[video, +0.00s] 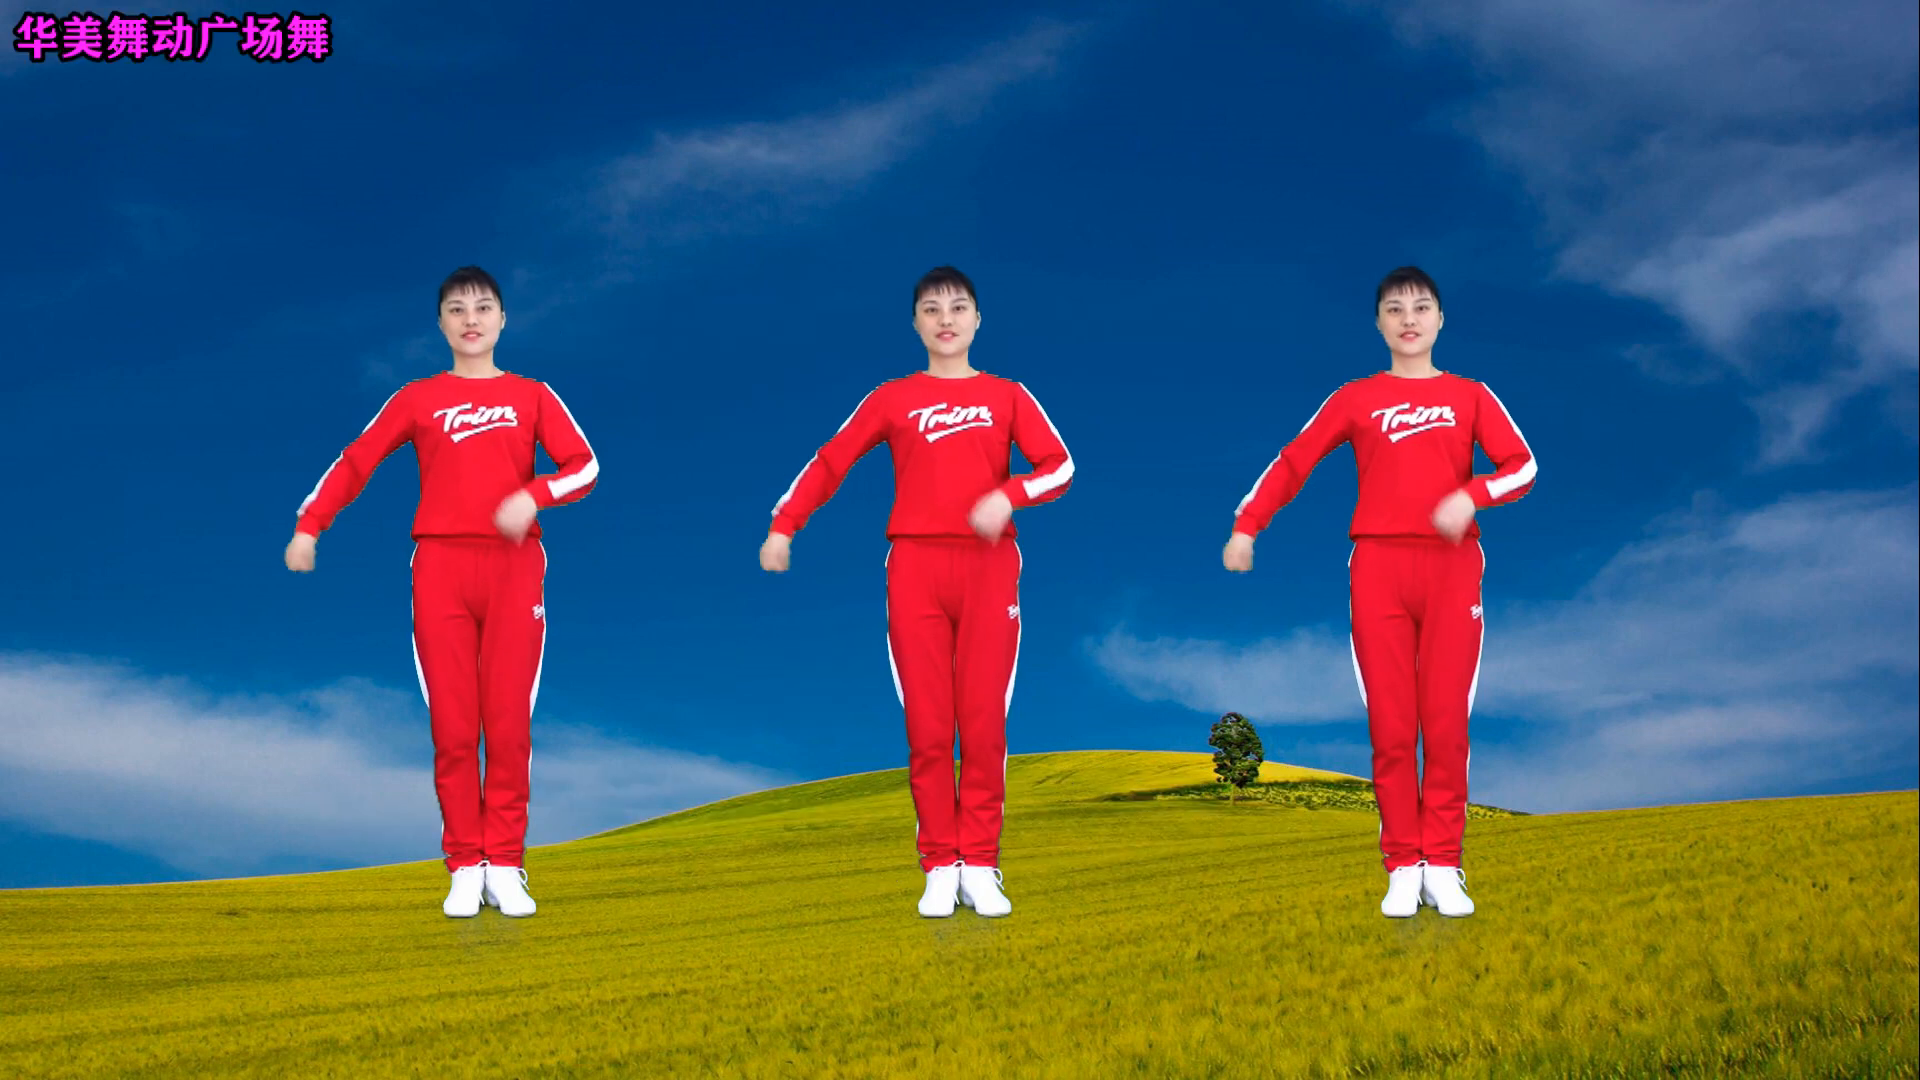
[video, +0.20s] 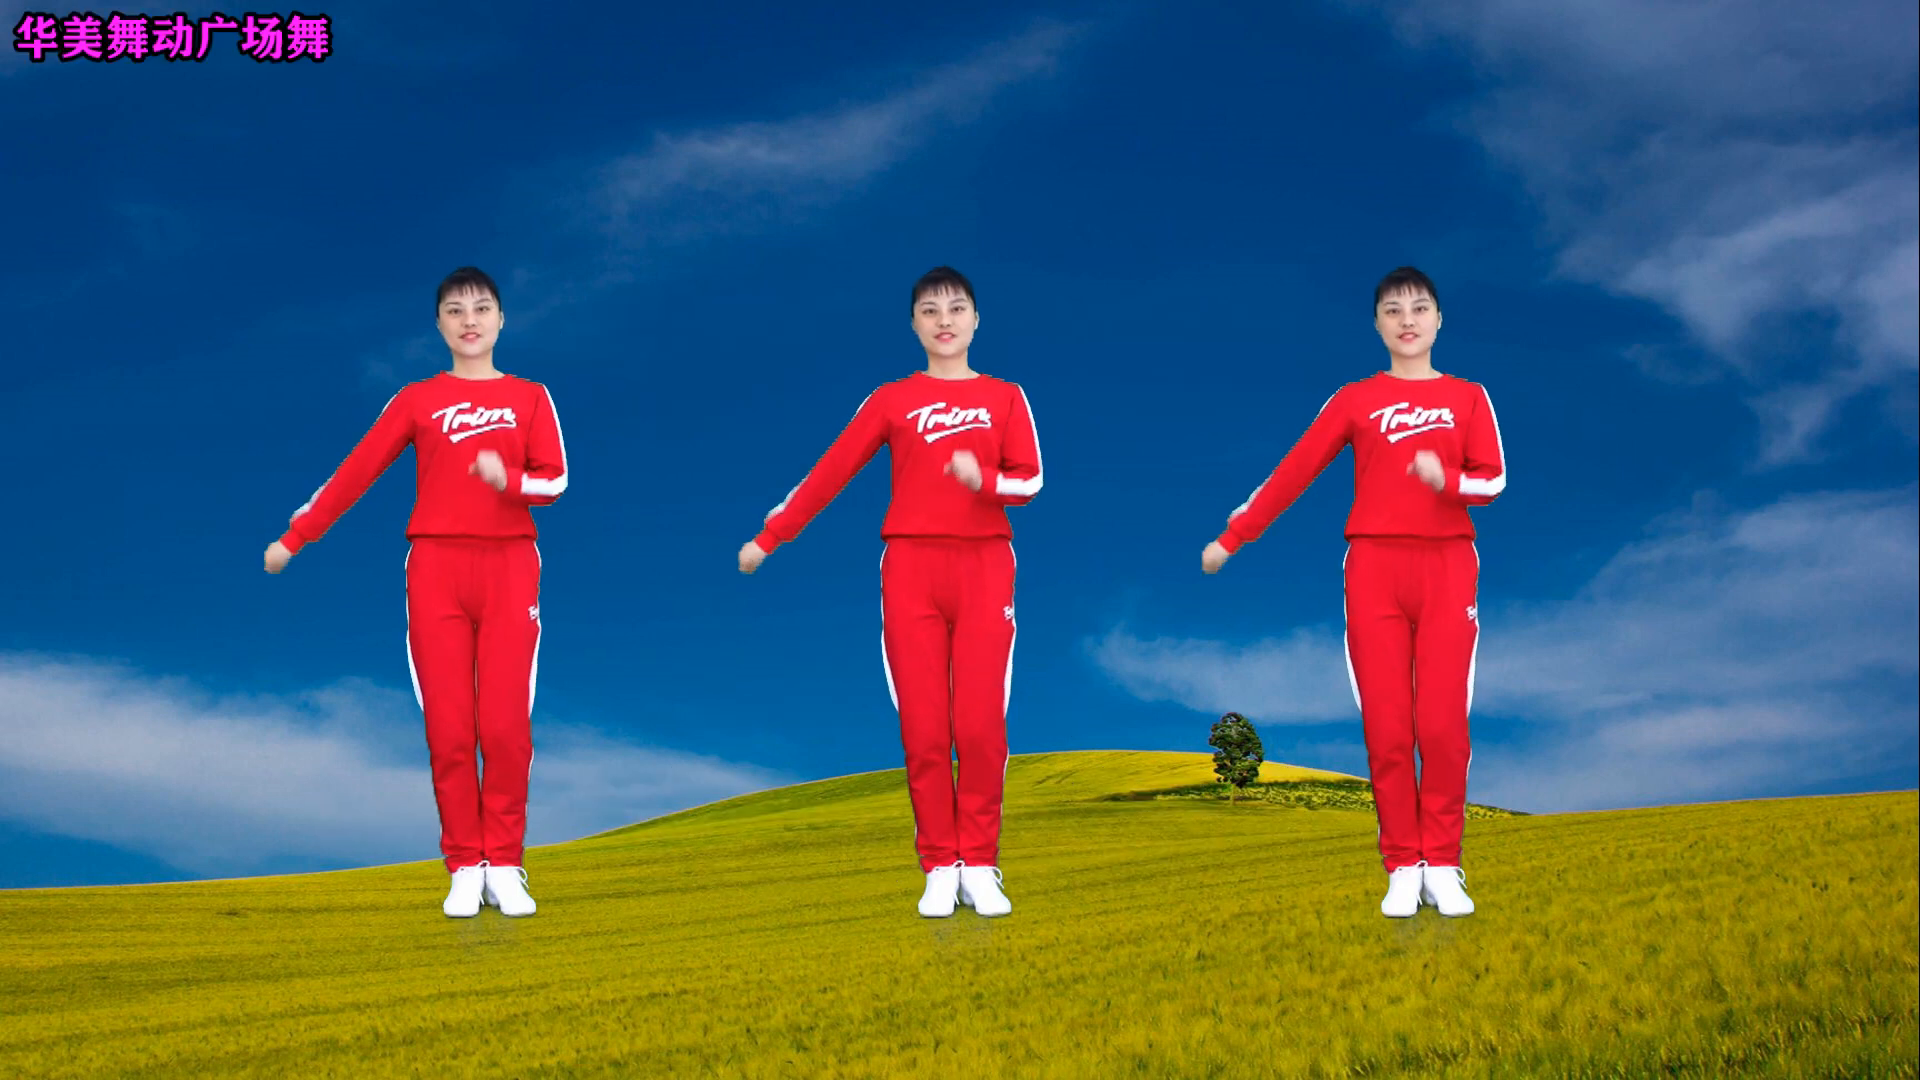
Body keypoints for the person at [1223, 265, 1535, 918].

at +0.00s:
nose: (1409, 319)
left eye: (1420, 308)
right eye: (1397, 310)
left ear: (1439, 318)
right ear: (1381, 323)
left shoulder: (1471, 396)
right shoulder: (1354, 399)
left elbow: (1523, 468)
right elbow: (1293, 462)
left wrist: (1471, 495)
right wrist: (1244, 527)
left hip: (1452, 573)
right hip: (1378, 571)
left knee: (1447, 722)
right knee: (1392, 726)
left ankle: (1443, 865)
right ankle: (1403, 866)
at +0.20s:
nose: (1407, 319)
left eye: (1419, 309)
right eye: (1394, 311)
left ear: (1438, 320)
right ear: (1379, 324)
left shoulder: (1468, 395)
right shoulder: (1354, 399)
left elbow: (1493, 480)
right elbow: (1293, 472)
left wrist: (1449, 479)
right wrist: (1229, 538)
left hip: (1449, 571)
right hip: (1375, 571)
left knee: (1443, 725)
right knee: (1387, 729)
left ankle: (1443, 865)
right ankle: (1403, 867)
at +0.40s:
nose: (1408, 329)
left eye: (1420, 319)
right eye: (1395, 320)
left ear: (1437, 331)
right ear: (1379, 333)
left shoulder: (1467, 409)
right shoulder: (1352, 411)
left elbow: (1480, 503)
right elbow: (1329, 498)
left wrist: (1485, 589)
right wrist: (1352, 565)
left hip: (1442, 581)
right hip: (1369, 583)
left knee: (1418, 714)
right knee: (1370, 731)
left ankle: (1436, 808)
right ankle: (1400, 863)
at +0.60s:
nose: (1411, 304)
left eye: (1423, 295)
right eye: (1399, 295)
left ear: (1441, 307)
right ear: (1381, 308)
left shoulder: (1469, 383)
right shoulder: (1351, 385)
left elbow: (1523, 454)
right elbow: (1299, 455)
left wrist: (1553, 535)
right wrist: (1360, 414)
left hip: (1448, 561)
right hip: (1372, 561)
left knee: (1434, 713)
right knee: (1385, 720)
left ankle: (1442, 850)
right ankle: (1401, 861)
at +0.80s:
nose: (1416, 312)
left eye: (1428, 302)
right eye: (1404, 302)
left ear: (1446, 314)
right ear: (1386, 314)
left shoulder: (1476, 388)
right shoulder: (1360, 394)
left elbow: (1535, 457)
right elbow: (1328, 483)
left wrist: (1588, 525)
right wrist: (1375, 451)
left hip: (1459, 568)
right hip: (1382, 569)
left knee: (1450, 730)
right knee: (1392, 730)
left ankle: (1447, 867)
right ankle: (1403, 863)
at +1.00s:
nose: (1421, 328)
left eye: (1433, 316)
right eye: (1408, 318)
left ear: (1451, 327)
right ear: (1391, 330)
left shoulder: (1482, 407)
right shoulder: (1366, 412)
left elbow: (1504, 500)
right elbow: (1359, 506)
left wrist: (1515, 586)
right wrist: (1360, 591)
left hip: (1473, 581)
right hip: (1400, 583)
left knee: (1469, 728)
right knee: (1421, 708)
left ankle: (1448, 869)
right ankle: (1413, 812)